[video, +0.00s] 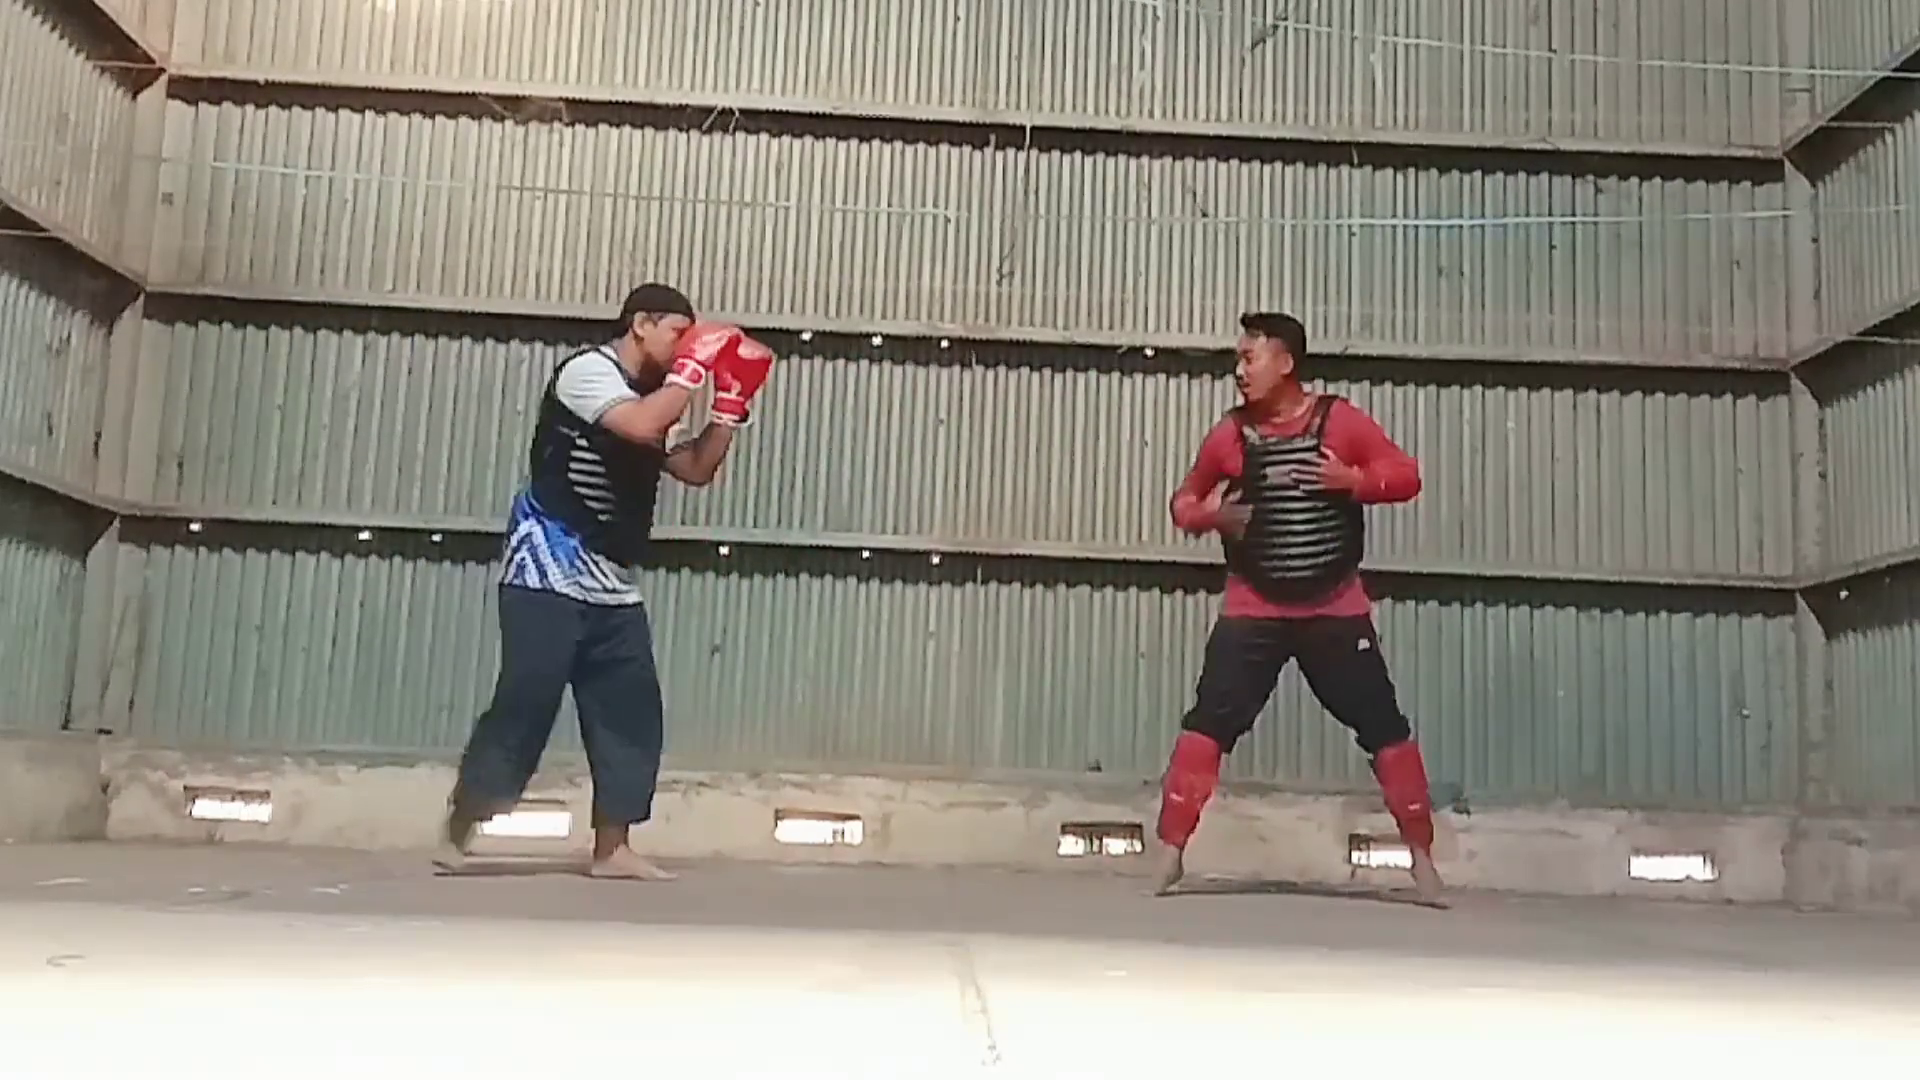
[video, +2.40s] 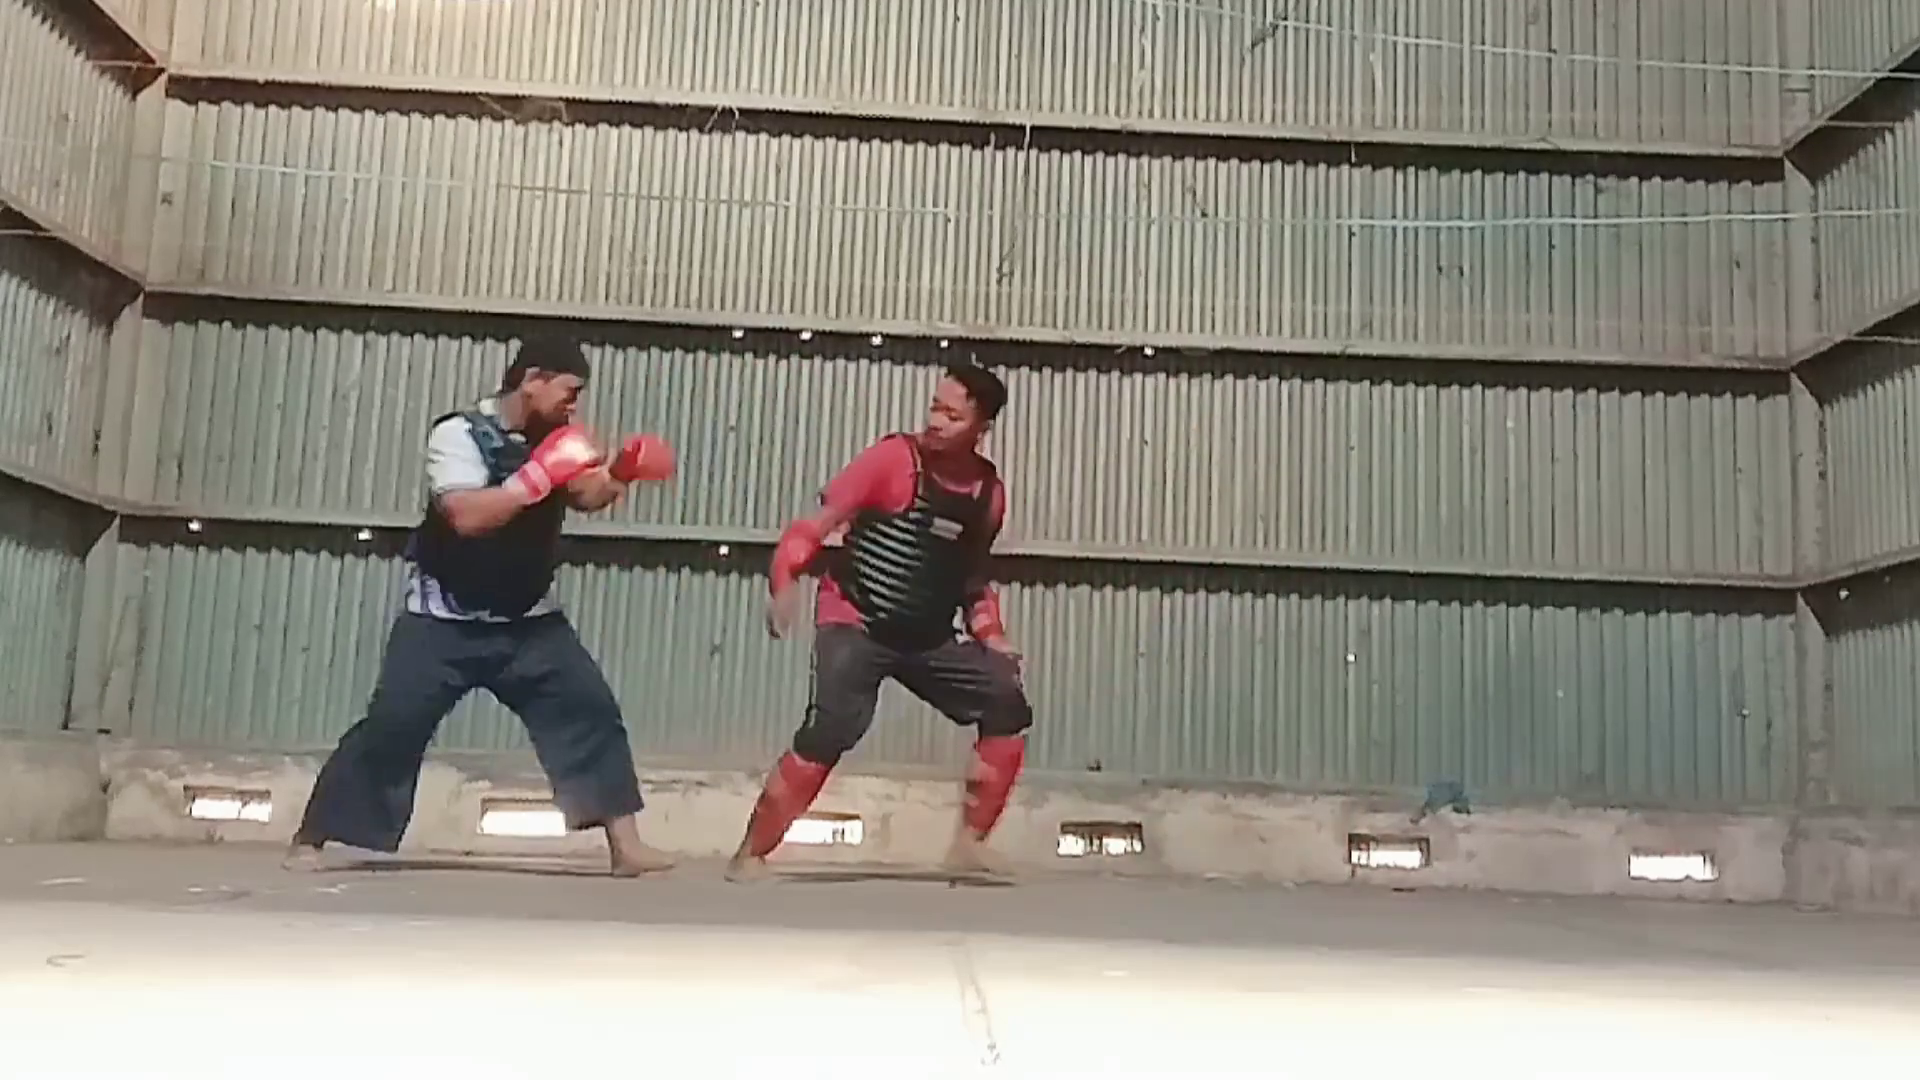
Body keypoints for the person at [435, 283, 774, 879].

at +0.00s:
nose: (685, 345)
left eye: (688, 334)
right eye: (678, 331)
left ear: (655, 332)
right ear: (641, 325)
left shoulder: (651, 398)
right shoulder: (585, 372)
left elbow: (696, 469)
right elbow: (642, 424)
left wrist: (731, 408)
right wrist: (692, 367)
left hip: (611, 574)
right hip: (547, 563)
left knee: (628, 705)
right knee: (531, 693)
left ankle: (611, 848)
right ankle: (469, 808)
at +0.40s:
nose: (701, 347)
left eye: (704, 337)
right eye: (696, 335)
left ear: (672, 333)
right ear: (658, 327)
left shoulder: (668, 396)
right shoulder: (604, 384)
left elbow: (679, 469)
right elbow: (649, 453)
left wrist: (724, 422)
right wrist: (700, 401)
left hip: (650, 577)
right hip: (582, 571)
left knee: (695, 691)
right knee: (571, 696)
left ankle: (690, 839)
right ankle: (532, 844)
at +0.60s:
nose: (740, 359)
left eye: (742, 350)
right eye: (734, 346)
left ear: (709, 344)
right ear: (697, 338)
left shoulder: (710, 417)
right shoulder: (643, 388)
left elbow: (744, 492)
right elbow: (677, 455)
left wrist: (787, 436)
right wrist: (730, 404)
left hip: (678, 586)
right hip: (613, 574)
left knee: (713, 703)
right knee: (591, 697)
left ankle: (739, 848)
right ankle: (535, 836)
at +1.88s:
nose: (692, 370)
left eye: (696, 361)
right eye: (684, 357)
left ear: (659, 356)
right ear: (644, 350)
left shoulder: (677, 427)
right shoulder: (578, 391)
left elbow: (718, 488)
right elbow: (591, 459)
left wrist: (755, 508)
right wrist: (664, 418)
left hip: (595, 593)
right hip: (519, 575)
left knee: (638, 702)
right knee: (502, 698)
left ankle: (668, 836)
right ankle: (500, 843)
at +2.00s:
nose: (649, 364)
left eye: (655, 354)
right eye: (642, 350)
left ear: (654, 359)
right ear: (603, 341)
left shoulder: (644, 412)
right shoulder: (534, 386)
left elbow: (665, 484)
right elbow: (536, 453)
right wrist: (615, 417)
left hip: (561, 569)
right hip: (481, 558)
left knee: (594, 681)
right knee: (458, 669)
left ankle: (588, 835)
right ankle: (439, 820)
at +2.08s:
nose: (599, 386)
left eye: (602, 375)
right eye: (590, 373)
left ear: (600, 373)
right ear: (550, 363)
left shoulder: (595, 418)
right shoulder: (481, 405)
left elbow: (633, 488)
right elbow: (462, 477)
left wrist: (639, 564)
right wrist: (542, 437)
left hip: (526, 592)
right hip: (445, 582)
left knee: (574, 686)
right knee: (392, 688)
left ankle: (571, 841)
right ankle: (309, 827)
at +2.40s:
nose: (573, 406)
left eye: (577, 396)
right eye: (567, 393)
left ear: (546, 386)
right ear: (530, 380)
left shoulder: (557, 445)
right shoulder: (456, 435)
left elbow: (587, 496)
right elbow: (466, 516)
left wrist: (619, 475)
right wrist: (540, 476)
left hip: (530, 623)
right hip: (441, 623)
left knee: (591, 708)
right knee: (395, 721)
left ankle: (627, 849)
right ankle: (312, 836)